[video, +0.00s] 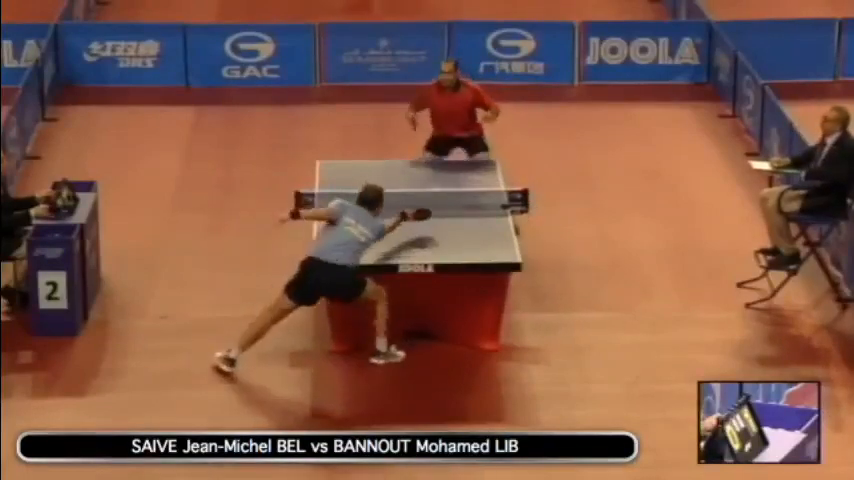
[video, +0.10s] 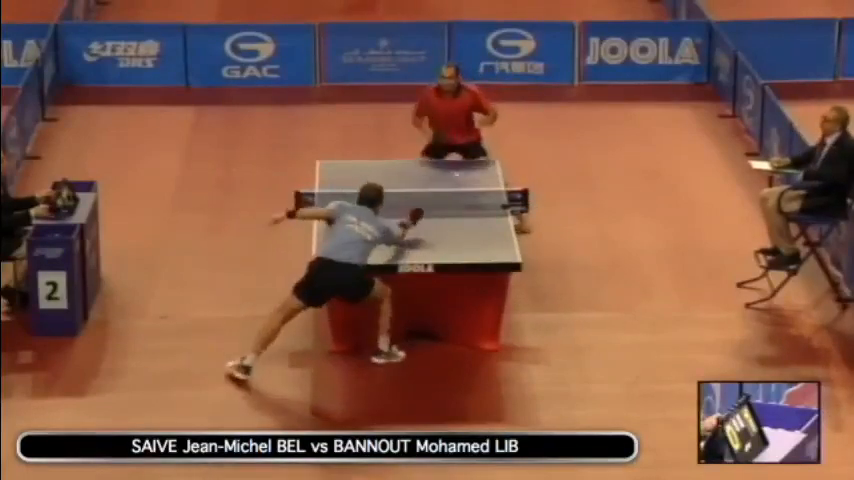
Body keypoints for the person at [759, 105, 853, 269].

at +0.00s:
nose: (822, 123)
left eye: (827, 120)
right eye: (823, 119)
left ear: (840, 125)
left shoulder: (847, 146)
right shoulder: (826, 142)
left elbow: (838, 176)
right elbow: (805, 159)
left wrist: (808, 173)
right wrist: (786, 163)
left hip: (830, 199)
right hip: (815, 191)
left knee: (775, 204)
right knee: (766, 196)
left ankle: (790, 254)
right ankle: (780, 247)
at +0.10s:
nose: (822, 123)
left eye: (827, 120)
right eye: (823, 119)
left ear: (839, 125)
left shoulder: (846, 147)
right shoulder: (826, 141)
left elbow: (835, 178)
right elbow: (806, 158)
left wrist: (805, 174)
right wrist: (786, 163)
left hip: (830, 199)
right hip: (814, 191)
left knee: (774, 203)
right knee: (766, 196)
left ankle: (790, 253)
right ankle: (780, 247)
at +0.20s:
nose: (821, 123)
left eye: (826, 120)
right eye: (822, 119)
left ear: (839, 125)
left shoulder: (846, 146)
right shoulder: (826, 141)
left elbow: (836, 178)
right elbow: (806, 158)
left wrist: (806, 174)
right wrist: (786, 163)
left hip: (829, 199)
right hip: (813, 191)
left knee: (774, 204)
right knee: (766, 197)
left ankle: (790, 253)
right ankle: (780, 247)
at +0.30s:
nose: (822, 123)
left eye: (827, 121)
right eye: (822, 119)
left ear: (839, 125)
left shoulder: (846, 146)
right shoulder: (826, 141)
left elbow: (837, 177)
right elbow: (807, 158)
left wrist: (807, 175)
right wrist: (786, 162)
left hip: (830, 199)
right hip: (814, 191)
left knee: (774, 204)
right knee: (766, 197)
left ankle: (790, 253)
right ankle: (780, 247)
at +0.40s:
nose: (822, 123)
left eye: (827, 121)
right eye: (822, 119)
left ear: (839, 125)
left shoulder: (846, 146)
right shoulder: (826, 141)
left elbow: (837, 177)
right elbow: (807, 158)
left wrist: (807, 175)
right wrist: (786, 162)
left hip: (830, 199)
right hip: (814, 191)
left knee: (774, 204)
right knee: (766, 197)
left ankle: (790, 253)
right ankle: (780, 247)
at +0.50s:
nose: (821, 123)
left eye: (826, 121)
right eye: (822, 119)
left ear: (838, 125)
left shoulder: (846, 146)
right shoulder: (826, 141)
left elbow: (836, 177)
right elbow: (807, 158)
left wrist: (807, 175)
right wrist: (786, 162)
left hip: (830, 199)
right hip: (814, 191)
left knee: (774, 204)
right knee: (766, 197)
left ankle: (790, 253)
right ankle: (780, 247)